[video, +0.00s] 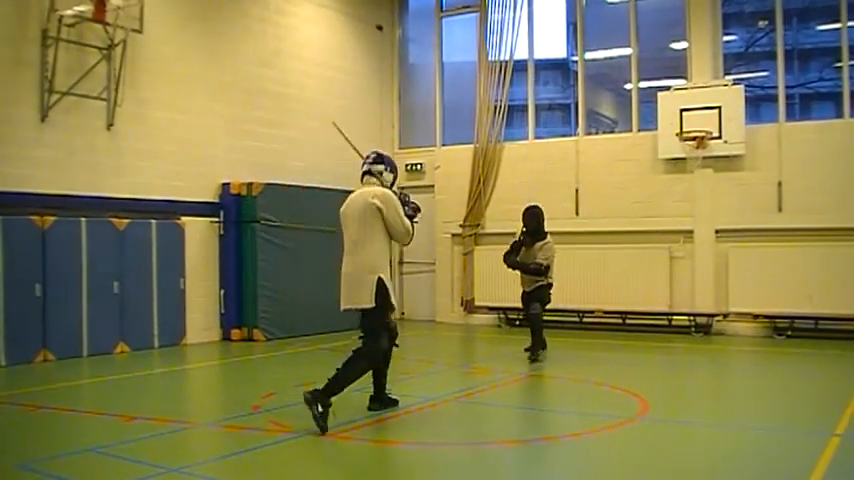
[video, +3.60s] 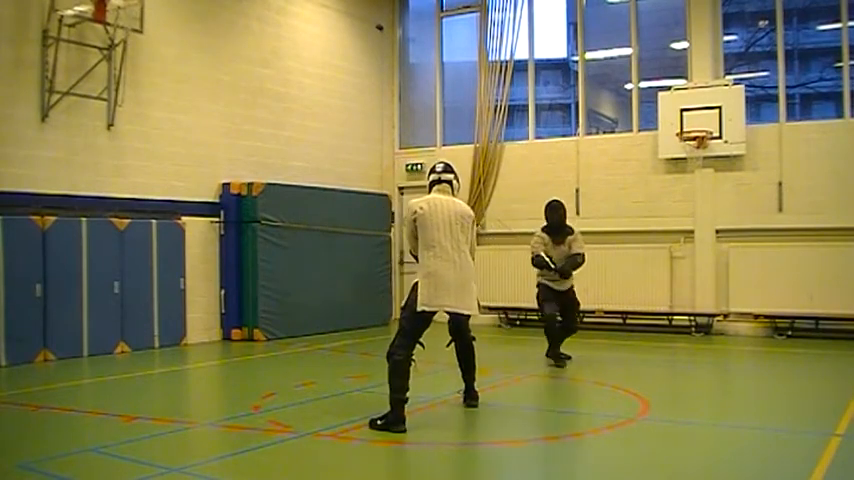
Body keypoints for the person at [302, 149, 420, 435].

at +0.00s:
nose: (394, 181)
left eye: (393, 177)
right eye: (394, 176)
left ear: (365, 173)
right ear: (388, 174)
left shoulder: (349, 201)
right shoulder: (384, 196)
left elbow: (366, 237)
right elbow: (404, 235)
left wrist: (398, 212)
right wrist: (408, 215)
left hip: (355, 279)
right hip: (375, 279)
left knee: (386, 335)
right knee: (377, 344)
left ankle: (380, 395)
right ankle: (322, 396)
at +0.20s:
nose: (401, 178)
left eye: (401, 174)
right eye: (400, 174)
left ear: (372, 170)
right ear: (394, 171)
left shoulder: (355, 199)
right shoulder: (391, 191)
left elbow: (367, 235)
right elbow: (410, 233)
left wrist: (403, 211)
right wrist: (417, 214)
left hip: (357, 277)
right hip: (380, 276)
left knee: (384, 338)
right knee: (389, 340)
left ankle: (379, 394)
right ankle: (347, 400)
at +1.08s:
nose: (414, 186)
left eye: (413, 182)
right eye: (414, 182)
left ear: (386, 182)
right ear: (410, 182)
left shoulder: (371, 211)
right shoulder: (415, 207)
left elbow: (378, 250)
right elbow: (430, 253)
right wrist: (428, 229)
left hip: (380, 298)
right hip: (408, 297)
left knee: (420, 328)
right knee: (412, 362)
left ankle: (419, 390)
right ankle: (367, 416)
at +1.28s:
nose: (424, 187)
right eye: (424, 183)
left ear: (397, 185)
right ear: (421, 184)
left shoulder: (381, 213)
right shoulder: (432, 209)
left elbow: (371, 256)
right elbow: (443, 254)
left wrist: (397, 255)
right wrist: (421, 247)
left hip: (393, 296)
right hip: (422, 294)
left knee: (418, 343)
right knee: (419, 358)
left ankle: (419, 391)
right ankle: (377, 403)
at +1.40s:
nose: (429, 186)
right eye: (429, 181)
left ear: (402, 183)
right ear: (427, 183)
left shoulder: (387, 209)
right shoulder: (438, 208)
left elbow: (377, 250)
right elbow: (447, 254)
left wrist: (401, 258)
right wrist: (425, 258)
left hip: (399, 294)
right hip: (430, 294)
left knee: (411, 341)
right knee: (438, 355)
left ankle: (418, 392)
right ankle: (406, 386)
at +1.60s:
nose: (437, 186)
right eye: (437, 181)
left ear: (412, 182)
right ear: (437, 182)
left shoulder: (399, 204)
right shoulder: (450, 208)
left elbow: (388, 243)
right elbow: (453, 246)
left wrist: (411, 261)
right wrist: (434, 261)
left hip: (411, 283)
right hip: (445, 282)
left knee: (408, 335)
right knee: (459, 335)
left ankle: (418, 392)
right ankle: (448, 390)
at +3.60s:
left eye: (434, 181)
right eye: (452, 182)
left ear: (429, 182)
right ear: (455, 184)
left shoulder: (417, 206)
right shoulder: (467, 211)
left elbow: (413, 249)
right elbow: (471, 250)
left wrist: (434, 266)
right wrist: (456, 269)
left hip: (430, 286)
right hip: (462, 286)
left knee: (400, 348)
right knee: (463, 335)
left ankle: (396, 414)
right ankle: (471, 392)